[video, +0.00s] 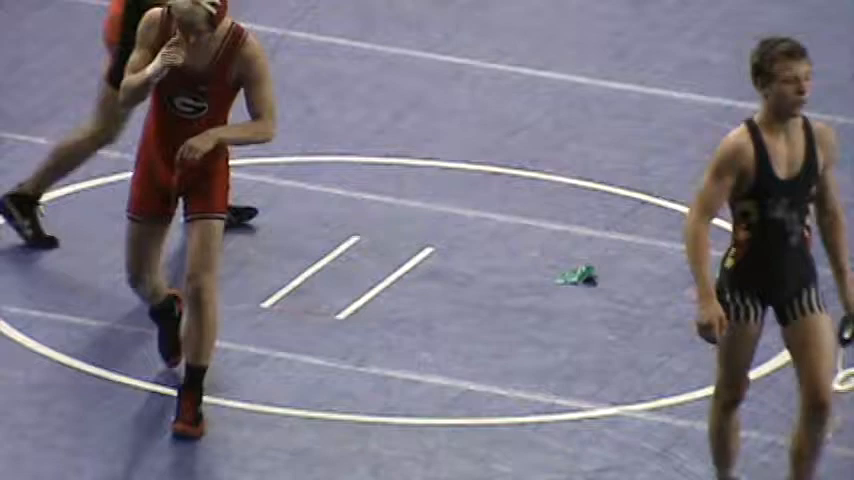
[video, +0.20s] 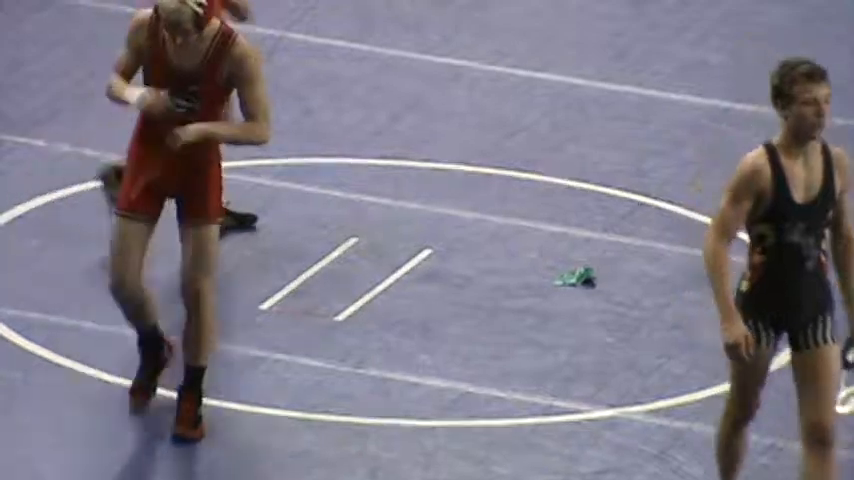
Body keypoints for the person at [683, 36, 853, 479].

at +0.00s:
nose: (802, 88)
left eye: (806, 79)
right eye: (790, 81)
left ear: (810, 80)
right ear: (763, 85)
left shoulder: (821, 138)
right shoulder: (739, 146)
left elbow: (830, 212)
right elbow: (698, 219)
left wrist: (845, 284)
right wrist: (705, 297)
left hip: (799, 275)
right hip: (746, 278)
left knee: (820, 398)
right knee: (730, 394)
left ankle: (802, 475)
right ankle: (725, 474)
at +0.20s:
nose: (821, 110)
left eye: (825, 100)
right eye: (810, 102)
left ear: (831, 103)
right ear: (783, 108)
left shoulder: (837, 162)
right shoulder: (758, 168)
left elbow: (843, 239)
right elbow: (717, 242)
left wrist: (849, 308)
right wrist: (729, 318)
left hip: (815, 303)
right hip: (762, 302)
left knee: (822, 432)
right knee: (742, 410)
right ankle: (727, 477)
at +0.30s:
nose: (840, 162)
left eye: (844, 152)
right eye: (829, 153)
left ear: (848, 154)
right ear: (801, 157)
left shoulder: (845, 210)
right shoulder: (774, 218)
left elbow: (844, 277)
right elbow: (737, 294)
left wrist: (845, 313)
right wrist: (744, 377)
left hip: (831, 346)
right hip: (781, 350)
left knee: (837, 469)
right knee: (765, 468)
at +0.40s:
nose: (850, 176)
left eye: (852, 166)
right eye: (839, 167)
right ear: (812, 171)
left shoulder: (848, 222)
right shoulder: (785, 231)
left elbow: (846, 296)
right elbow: (749, 305)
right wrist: (750, 390)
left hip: (843, 367)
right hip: (793, 371)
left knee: (843, 470)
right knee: (790, 471)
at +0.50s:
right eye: (850, 184)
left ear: (850, 188)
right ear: (825, 187)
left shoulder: (849, 246)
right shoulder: (797, 251)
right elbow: (758, 321)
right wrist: (756, 404)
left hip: (850, 389)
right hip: (809, 390)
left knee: (843, 472)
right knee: (815, 472)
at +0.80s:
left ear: (844, 231)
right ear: (845, 231)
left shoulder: (830, 300)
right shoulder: (828, 301)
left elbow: (786, 373)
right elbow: (786, 373)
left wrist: (778, 452)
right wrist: (779, 453)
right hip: (840, 438)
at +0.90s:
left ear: (847, 242)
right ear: (848, 243)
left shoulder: (838, 313)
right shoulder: (837, 314)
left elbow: (804, 389)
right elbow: (803, 389)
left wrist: (806, 467)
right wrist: (806, 469)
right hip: (847, 451)